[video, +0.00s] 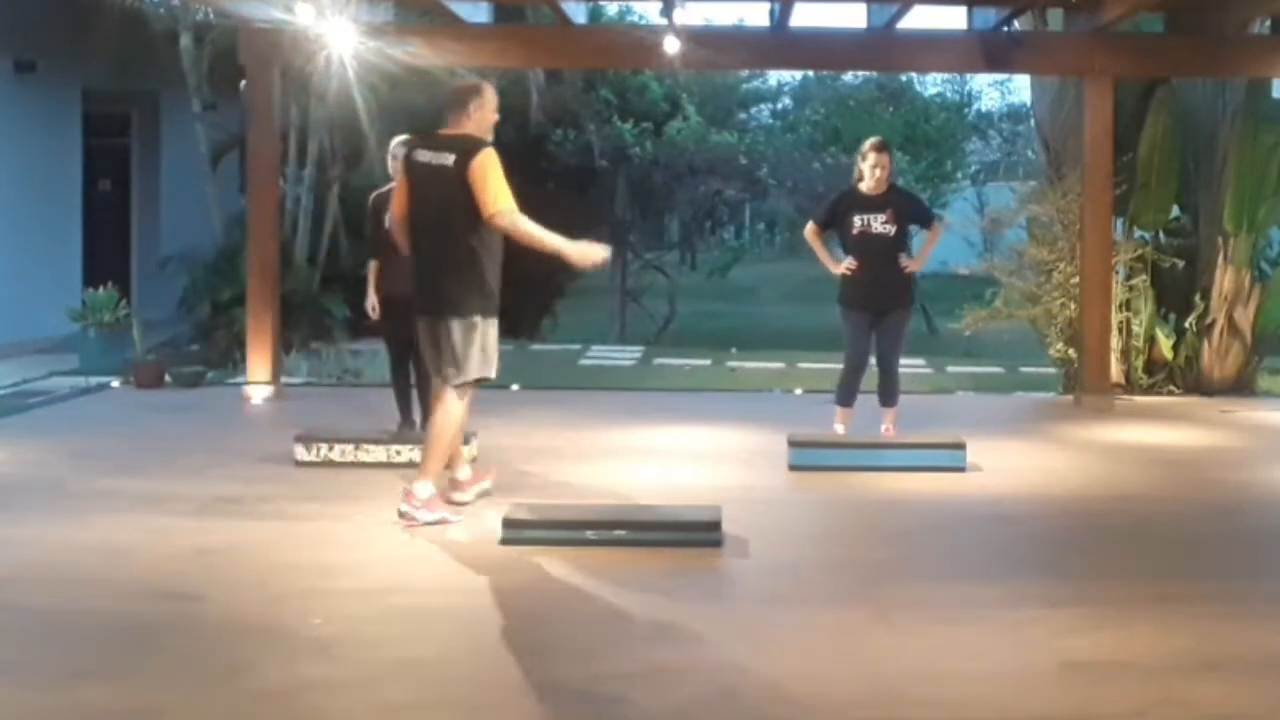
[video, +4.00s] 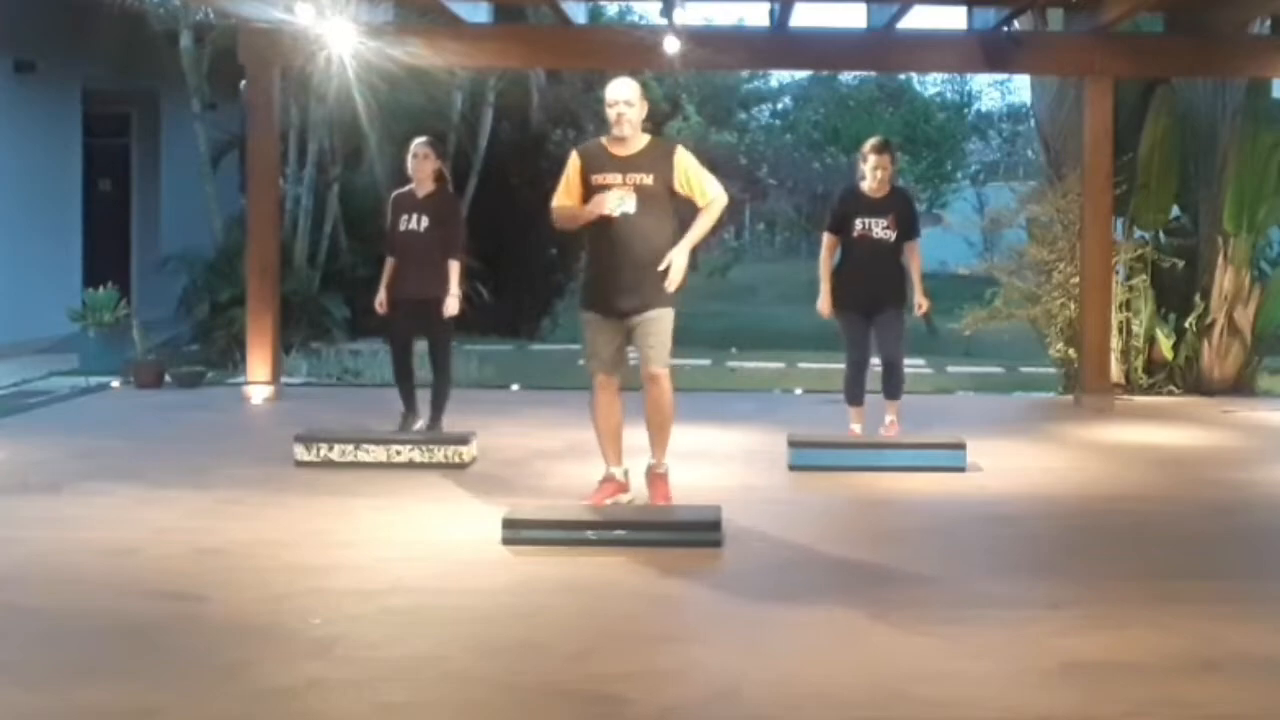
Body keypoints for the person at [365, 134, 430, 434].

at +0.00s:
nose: (398, 164)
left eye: (404, 157)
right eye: (395, 157)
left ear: (414, 160)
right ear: (388, 161)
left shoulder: (429, 196)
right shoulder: (380, 199)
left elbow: (437, 245)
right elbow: (375, 249)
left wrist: (438, 285)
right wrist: (372, 289)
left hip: (423, 290)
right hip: (393, 292)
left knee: (424, 359)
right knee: (399, 359)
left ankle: (429, 418)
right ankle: (405, 418)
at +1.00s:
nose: (423, 164)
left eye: (429, 158)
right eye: (418, 157)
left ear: (442, 163)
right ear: (412, 161)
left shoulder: (452, 196)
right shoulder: (400, 195)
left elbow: (463, 238)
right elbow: (380, 235)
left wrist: (432, 221)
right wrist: (408, 219)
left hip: (439, 291)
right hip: (406, 291)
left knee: (437, 356)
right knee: (410, 357)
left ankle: (431, 419)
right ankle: (414, 418)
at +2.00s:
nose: (414, 171)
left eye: (420, 166)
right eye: (410, 165)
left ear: (433, 168)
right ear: (403, 167)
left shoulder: (446, 204)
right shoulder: (391, 204)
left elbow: (455, 254)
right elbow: (384, 254)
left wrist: (459, 293)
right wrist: (377, 294)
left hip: (437, 297)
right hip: (403, 297)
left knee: (437, 361)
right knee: (410, 362)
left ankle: (431, 418)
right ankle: (414, 419)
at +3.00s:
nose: (422, 164)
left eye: (428, 159)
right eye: (417, 158)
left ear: (439, 163)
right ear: (409, 163)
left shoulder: (453, 200)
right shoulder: (398, 200)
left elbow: (461, 245)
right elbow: (390, 250)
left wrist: (464, 280)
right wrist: (380, 286)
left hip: (441, 294)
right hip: (407, 294)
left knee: (437, 361)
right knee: (411, 360)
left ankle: (432, 421)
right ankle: (414, 419)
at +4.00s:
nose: (417, 162)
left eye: (424, 157)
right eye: (413, 156)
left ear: (437, 163)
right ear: (407, 162)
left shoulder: (448, 201)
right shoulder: (398, 199)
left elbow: (454, 250)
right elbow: (392, 248)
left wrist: (454, 291)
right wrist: (383, 286)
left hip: (436, 293)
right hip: (402, 292)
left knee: (439, 359)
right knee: (400, 355)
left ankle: (435, 417)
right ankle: (409, 411)